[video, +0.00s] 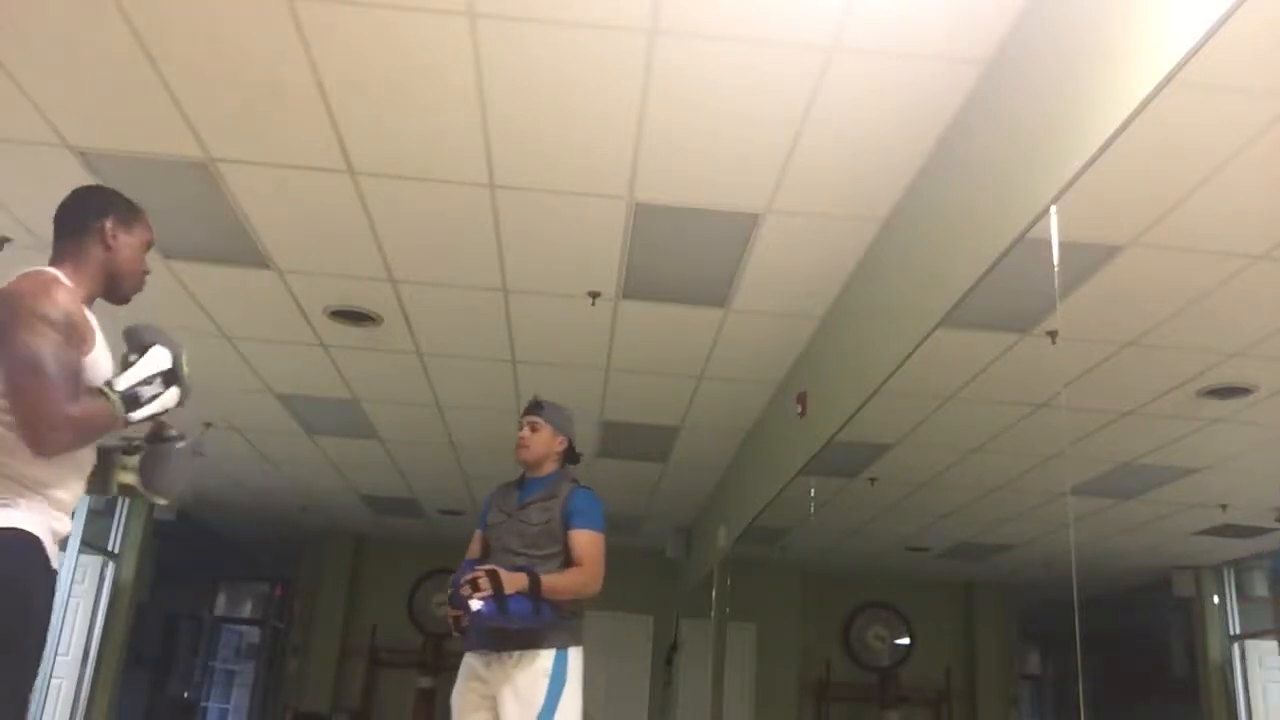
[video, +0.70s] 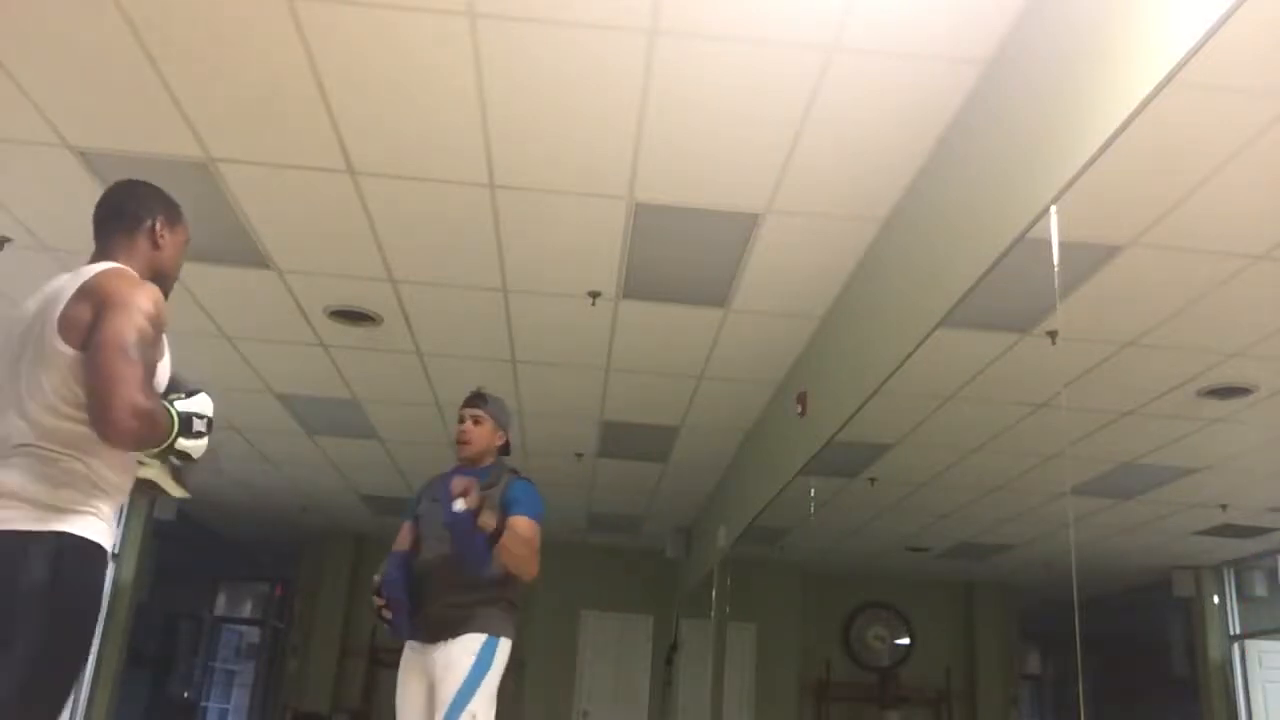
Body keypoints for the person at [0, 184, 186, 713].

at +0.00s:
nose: (148, 267)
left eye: (149, 252)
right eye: (145, 248)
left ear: (105, 238)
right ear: (108, 234)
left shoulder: (71, 314)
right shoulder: (42, 296)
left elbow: (48, 438)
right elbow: (47, 427)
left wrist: (126, 432)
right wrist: (128, 401)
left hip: (29, 543)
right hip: (14, 541)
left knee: (15, 698)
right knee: (10, 699)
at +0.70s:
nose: (181, 260)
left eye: (184, 245)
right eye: (182, 241)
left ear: (108, 233)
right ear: (157, 231)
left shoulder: (52, 296)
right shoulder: (130, 292)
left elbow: (47, 422)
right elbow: (122, 420)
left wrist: (141, 456)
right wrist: (178, 419)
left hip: (15, 533)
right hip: (56, 544)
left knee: (21, 699)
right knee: (31, 704)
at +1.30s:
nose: (223, 258)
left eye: (225, 242)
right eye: (225, 240)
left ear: (147, 228)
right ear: (204, 229)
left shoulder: (77, 302)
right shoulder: (175, 295)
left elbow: (40, 435)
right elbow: (174, 439)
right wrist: (234, 412)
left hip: (24, 547)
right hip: (94, 551)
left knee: (31, 707)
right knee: (102, 706)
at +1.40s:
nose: (233, 255)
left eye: (236, 238)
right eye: (235, 235)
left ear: (155, 222)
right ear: (214, 222)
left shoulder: (75, 301)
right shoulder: (185, 293)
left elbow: (34, 429)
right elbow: (196, 445)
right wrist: (243, 411)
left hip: (29, 548)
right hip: (105, 550)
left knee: (42, 710)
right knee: (116, 707)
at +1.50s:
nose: (243, 254)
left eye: (246, 237)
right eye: (246, 234)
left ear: (164, 218)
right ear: (226, 219)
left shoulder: (79, 296)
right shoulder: (198, 292)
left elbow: (36, 422)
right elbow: (218, 452)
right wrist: (259, 410)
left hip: (46, 540)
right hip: (115, 546)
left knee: (72, 709)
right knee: (126, 707)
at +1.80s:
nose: (276, 252)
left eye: (278, 238)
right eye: (278, 235)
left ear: (197, 220)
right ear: (264, 221)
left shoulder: (120, 294)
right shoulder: (253, 287)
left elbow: (82, 430)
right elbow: (291, 438)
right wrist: (323, 403)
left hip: (80, 548)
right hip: (161, 552)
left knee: (77, 707)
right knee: (139, 708)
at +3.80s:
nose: (531, 280)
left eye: (532, 273)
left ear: (542, 270)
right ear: (610, 281)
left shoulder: (502, 321)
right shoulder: (662, 362)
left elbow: (436, 445)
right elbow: (636, 494)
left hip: (487, 597)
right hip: (600, 600)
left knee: (471, 710)